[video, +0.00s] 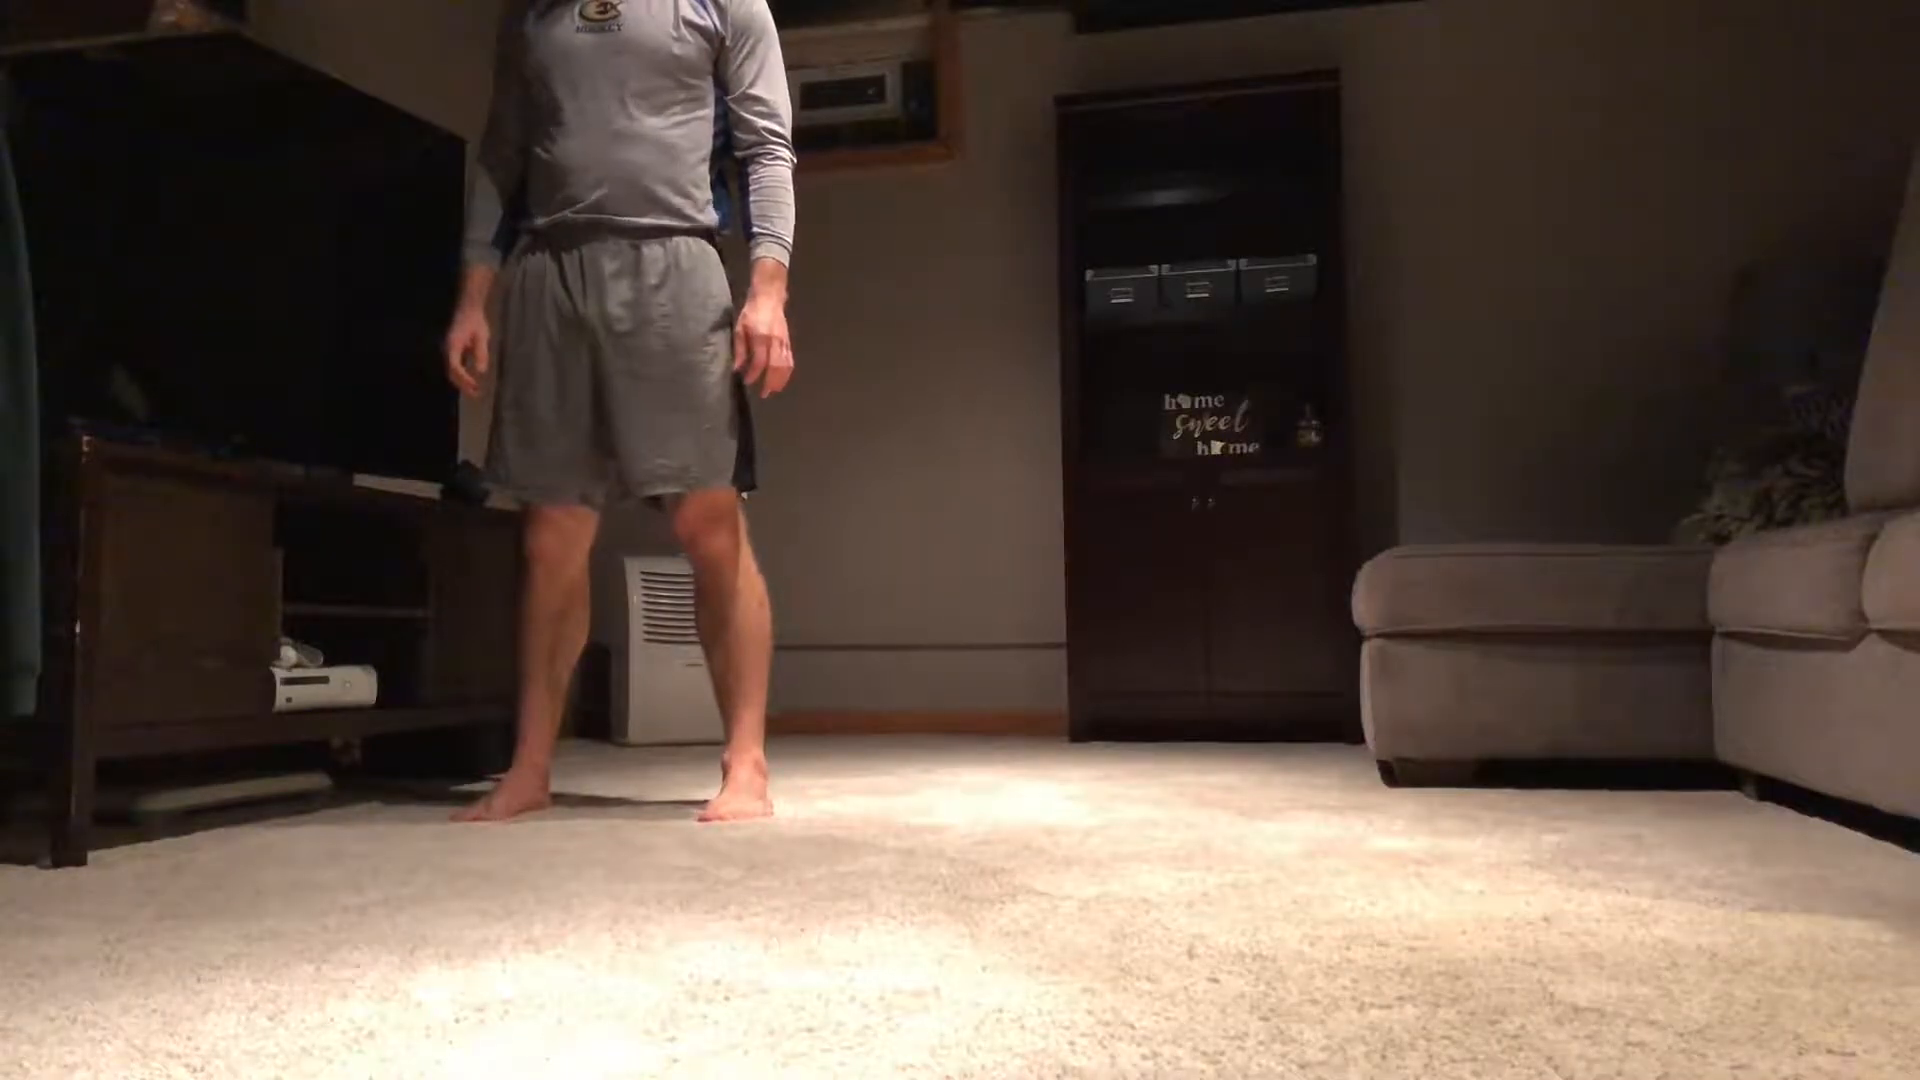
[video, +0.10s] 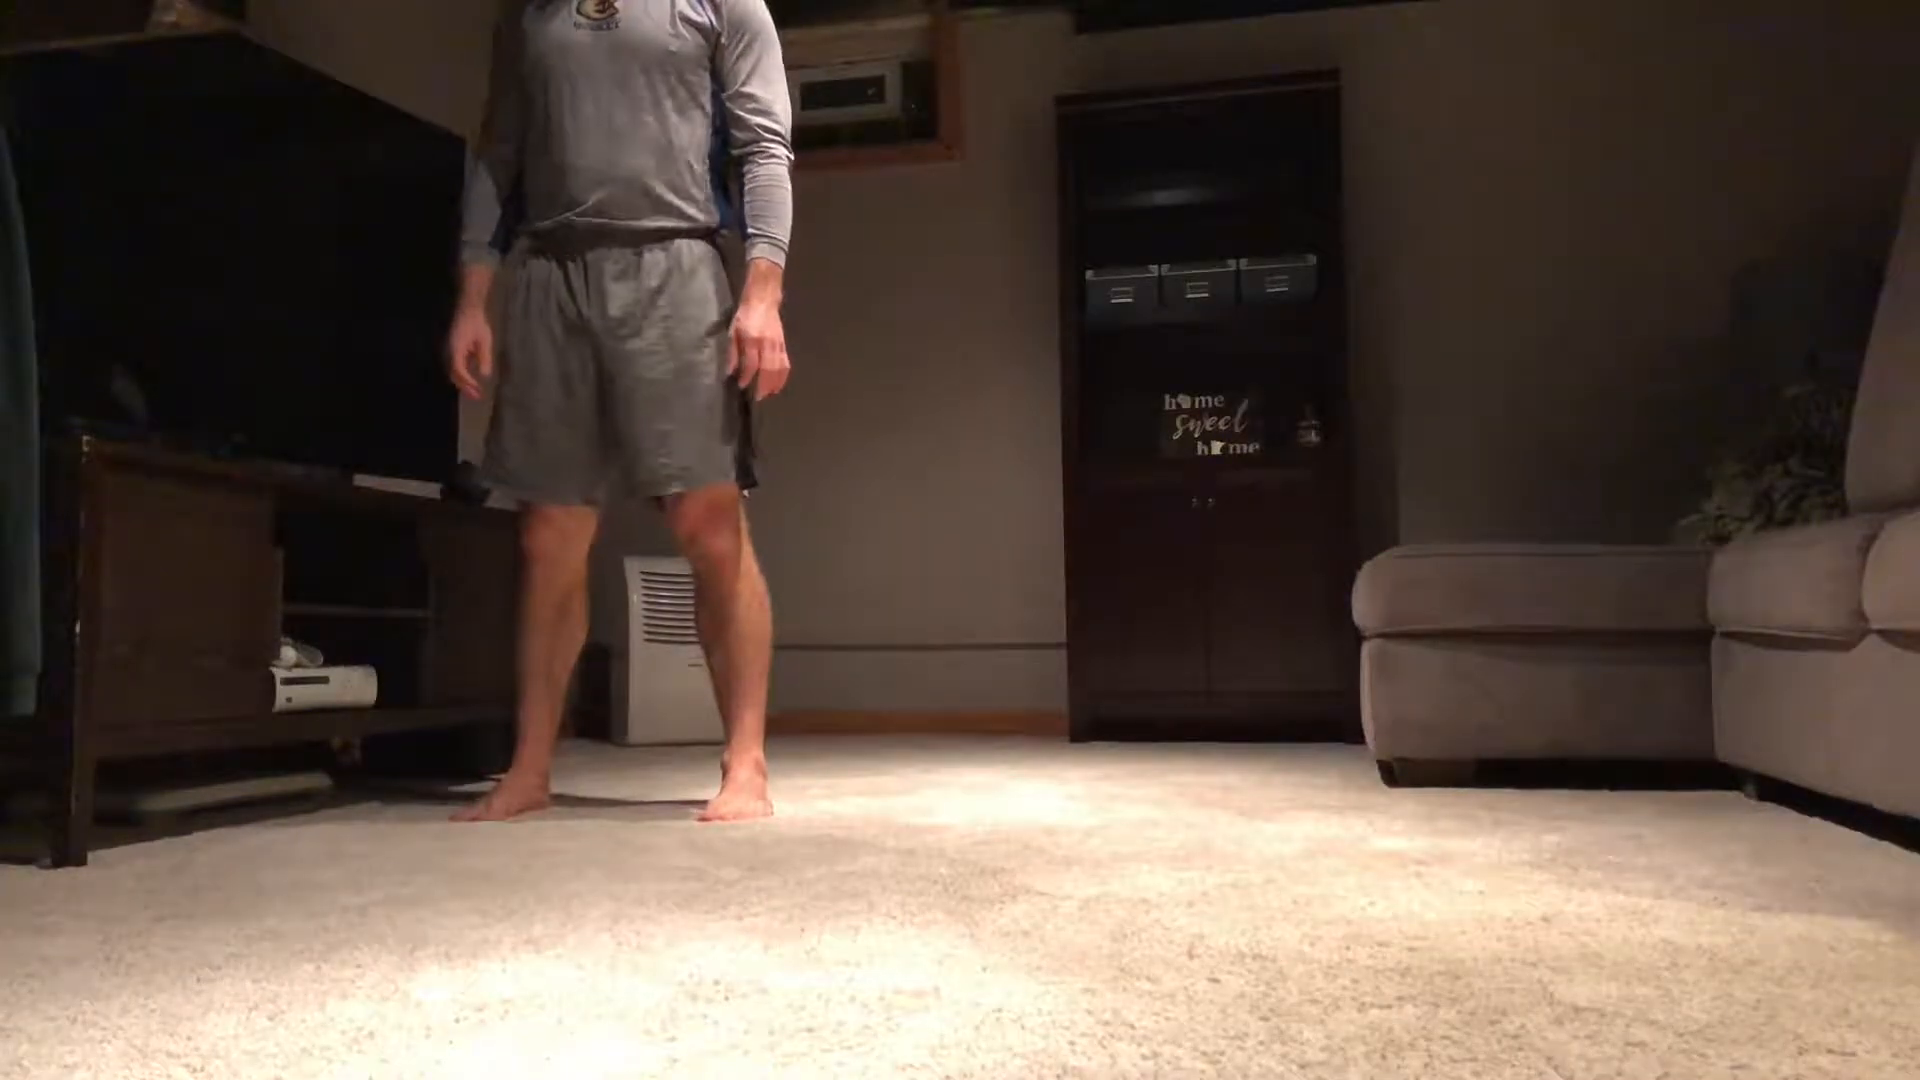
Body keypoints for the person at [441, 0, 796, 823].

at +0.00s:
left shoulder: (728, 8)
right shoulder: (532, 17)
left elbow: (767, 148)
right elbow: (499, 155)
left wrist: (768, 291)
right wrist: (473, 294)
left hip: (672, 267)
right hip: (549, 275)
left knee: (710, 529)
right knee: (551, 537)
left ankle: (745, 770)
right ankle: (529, 773)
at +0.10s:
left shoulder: (727, 8)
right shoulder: (529, 15)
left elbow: (763, 146)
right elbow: (496, 150)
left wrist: (763, 294)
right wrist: (473, 296)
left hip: (673, 267)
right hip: (549, 274)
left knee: (709, 528)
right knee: (549, 534)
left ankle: (745, 770)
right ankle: (529, 773)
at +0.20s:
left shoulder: (724, 8)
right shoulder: (527, 15)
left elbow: (757, 143)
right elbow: (490, 147)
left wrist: (755, 298)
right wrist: (467, 298)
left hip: (681, 273)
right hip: (559, 283)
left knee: (713, 524)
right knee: (547, 529)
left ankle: (746, 769)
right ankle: (530, 772)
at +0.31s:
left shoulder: (717, 12)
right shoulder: (522, 19)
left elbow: (749, 151)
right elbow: (482, 148)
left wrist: (736, 307)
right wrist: (456, 298)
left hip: (691, 286)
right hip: (570, 294)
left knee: (728, 521)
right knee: (538, 526)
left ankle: (748, 769)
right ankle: (529, 772)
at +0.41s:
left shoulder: (699, 15)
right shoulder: (509, 31)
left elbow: (738, 166)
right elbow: (472, 164)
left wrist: (712, 324)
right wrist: (446, 314)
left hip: (702, 301)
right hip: (579, 309)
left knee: (742, 516)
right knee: (530, 522)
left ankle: (747, 770)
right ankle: (528, 772)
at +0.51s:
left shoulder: (699, 51)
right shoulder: (503, 67)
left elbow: (719, 204)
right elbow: (466, 198)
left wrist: (683, 357)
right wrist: (438, 344)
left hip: (715, 320)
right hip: (594, 325)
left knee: (747, 512)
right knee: (519, 522)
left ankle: (747, 774)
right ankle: (528, 773)